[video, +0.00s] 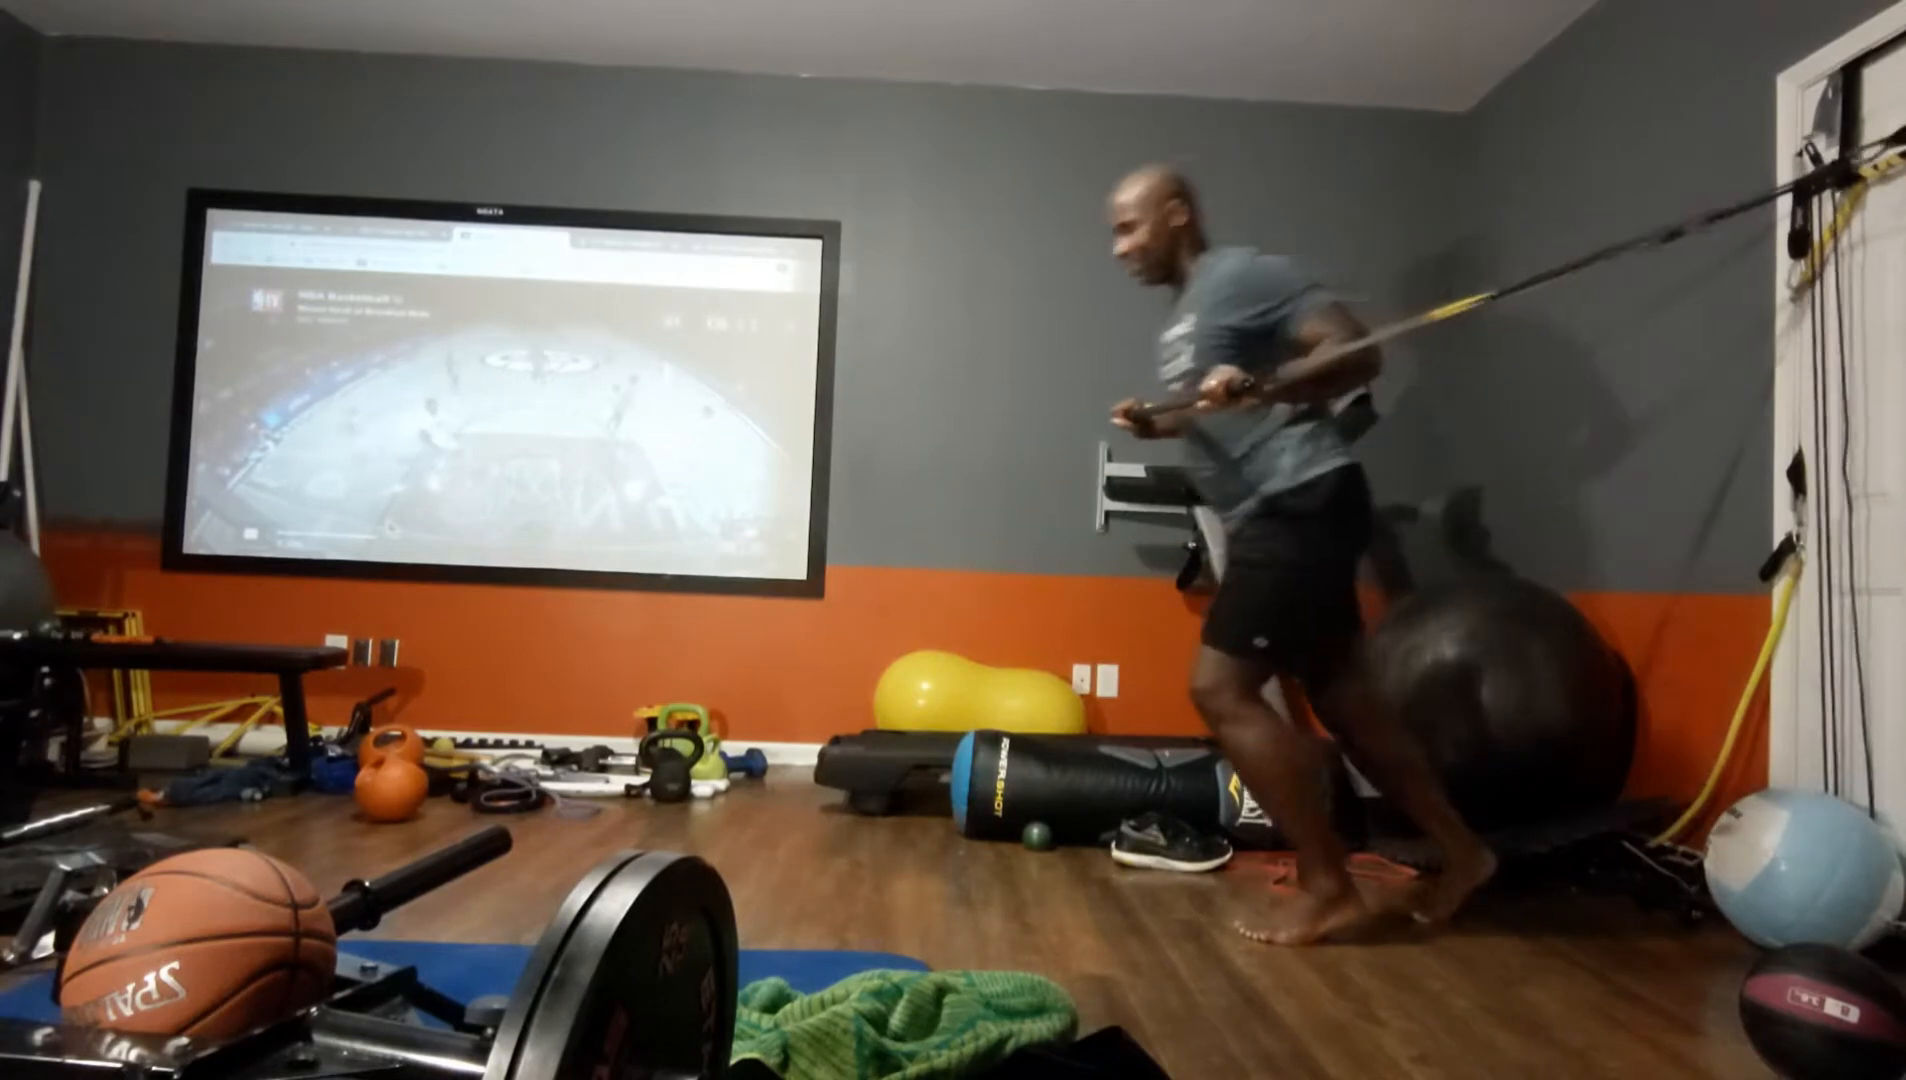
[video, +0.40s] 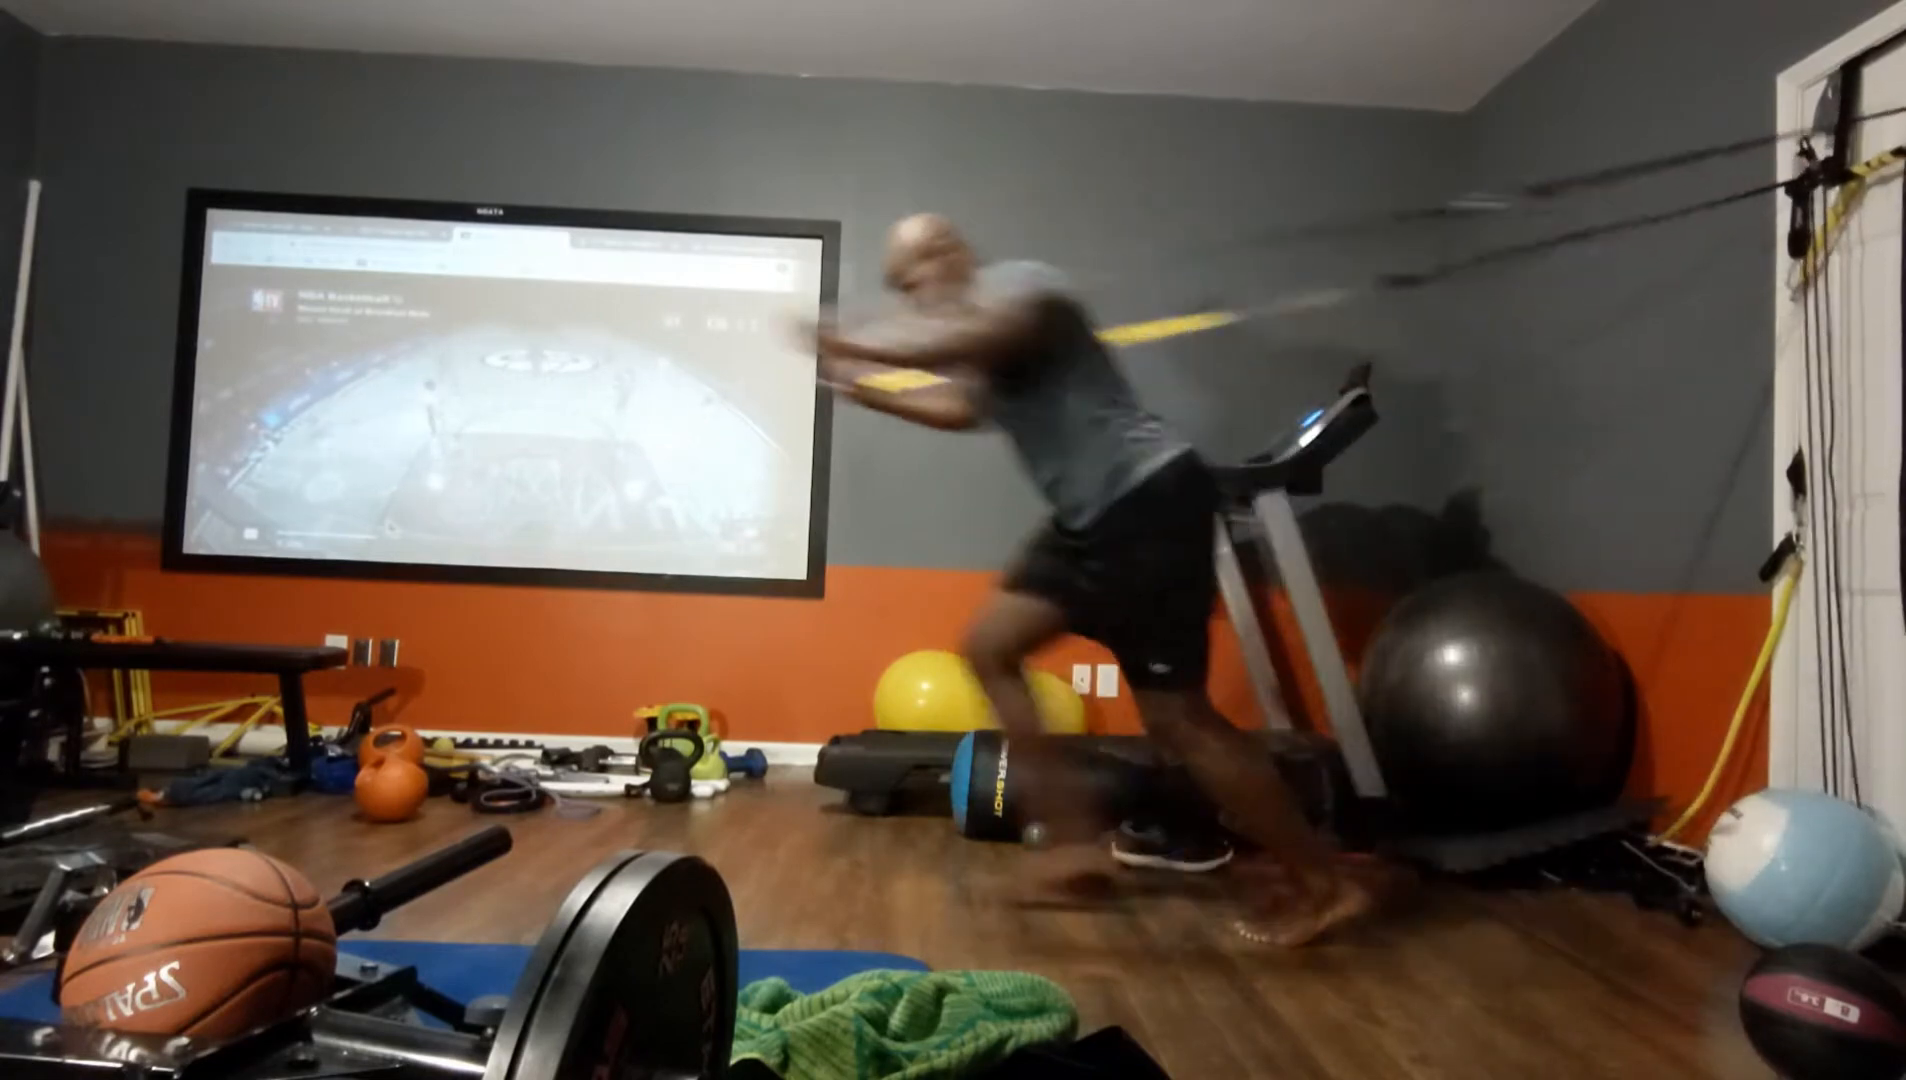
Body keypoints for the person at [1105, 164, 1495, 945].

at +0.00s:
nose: (1118, 247)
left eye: (1127, 227)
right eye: (1115, 233)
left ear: (1179, 216)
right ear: (1162, 227)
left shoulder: (1240, 274)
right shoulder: (1184, 315)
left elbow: (1356, 352)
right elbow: (1225, 413)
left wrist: (1265, 386)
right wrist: (1160, 420)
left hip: (1306, 503)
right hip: (1282, 510)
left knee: (1221, 690)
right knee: (1342, 694)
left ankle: (1327, 890)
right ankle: (1462, 855)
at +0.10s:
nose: (1071, 254)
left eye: (1078, 233)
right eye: (1064, 240)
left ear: (1128, 218)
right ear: (1098, 235)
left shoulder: (1191, 271)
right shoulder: (1138, 317)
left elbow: (1314, 344)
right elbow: (1180, 399)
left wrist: (1225, 382)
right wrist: (1125, 415)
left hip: (1262, 498)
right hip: (1243, 505)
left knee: (1208, 697)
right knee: (1308, 699)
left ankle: (1327, 889)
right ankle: (1445, 840)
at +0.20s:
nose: (1018, 269)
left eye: (1023, 246)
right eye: (1009, 256)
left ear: (1070, 224)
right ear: (1036, 249)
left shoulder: (1137, 272)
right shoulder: (1093, 316)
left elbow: (1257, 347)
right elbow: (1141, 410)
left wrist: (1158, 383)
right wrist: (1080, 418)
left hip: (1221, 497)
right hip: (1192, 509)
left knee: (1197, 709)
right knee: (1228, 705)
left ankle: (1327, 886)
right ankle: (1383, 814)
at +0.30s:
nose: (967, 285)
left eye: (971, 263)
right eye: (955, 275)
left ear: (1013, 239)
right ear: (962, 275)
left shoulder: (1076, 284)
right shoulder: (1040, 328)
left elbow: (1149, 359)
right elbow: (1085, 411)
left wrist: (1033, 381)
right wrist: (1010, 419)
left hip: (1190, 498)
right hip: (1133, 520)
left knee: (1185, 715)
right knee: (1096, 696)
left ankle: (1325, 878)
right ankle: (1271, 764)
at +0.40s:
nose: (935, 275)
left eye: (941, 256)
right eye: (916, 272)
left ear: (965, 252)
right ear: (904, 288)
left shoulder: (1022, 286)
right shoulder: (970, 349)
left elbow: (973, 339)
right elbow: (956, 410)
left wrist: (853, 342)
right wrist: (851, 385)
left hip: (1156, 498)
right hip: (1092, 522)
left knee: (1175, 718)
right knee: (989, 651)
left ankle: (1323, 877)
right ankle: (1076, 848)